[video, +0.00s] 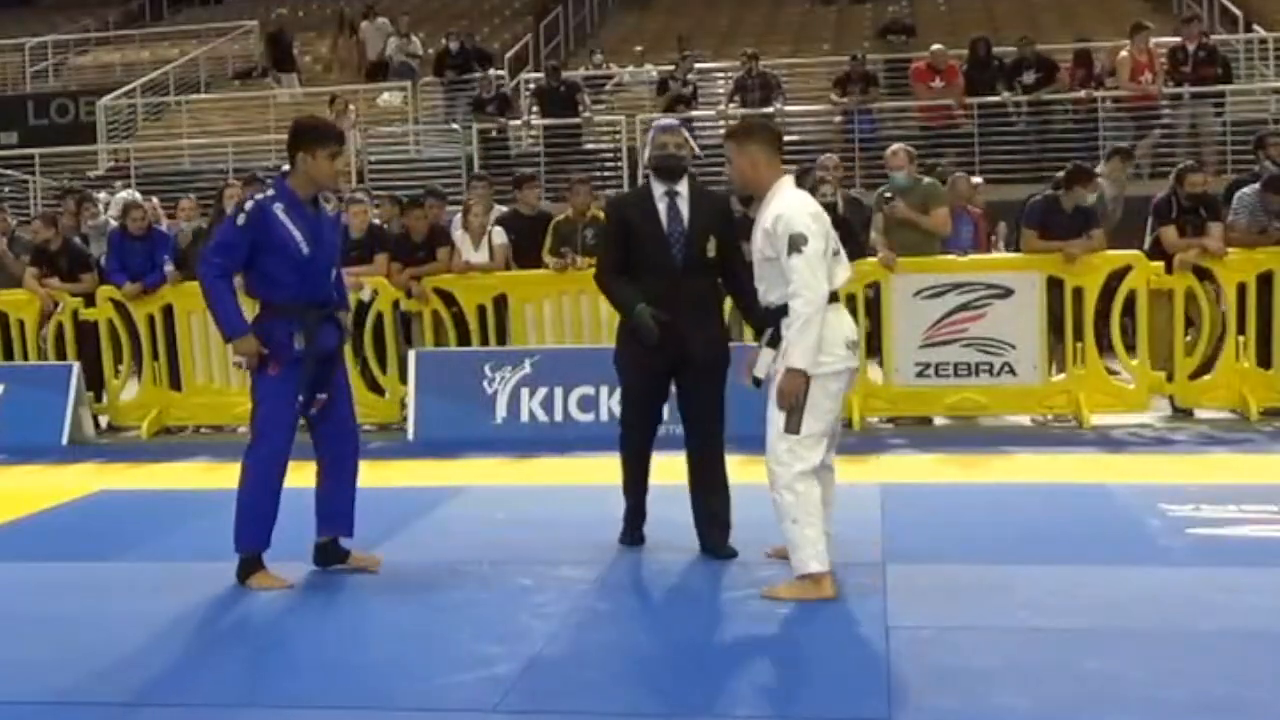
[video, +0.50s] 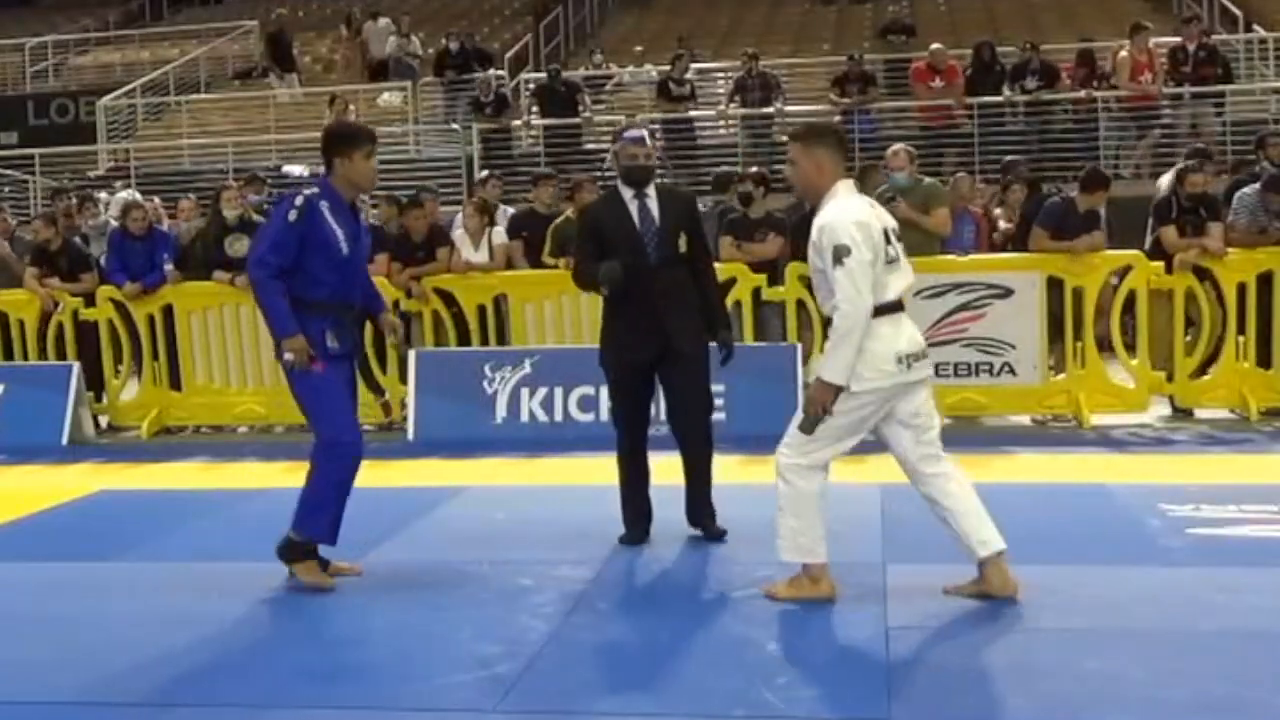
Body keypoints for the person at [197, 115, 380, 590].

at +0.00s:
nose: (340, 167)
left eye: (341, 158)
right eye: (333, 158)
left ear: (317, 160)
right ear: (304, 158)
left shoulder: (326, 212)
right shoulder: (260, 206)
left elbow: (332, 273)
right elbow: (213, 268)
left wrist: (341, 318)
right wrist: (238, 333)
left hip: (325, 336)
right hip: (279, 336)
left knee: (341, 441)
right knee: (271, 447)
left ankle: (331, 545)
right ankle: (250, 560)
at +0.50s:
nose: (376, 169)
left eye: (375, 160)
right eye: (370, 160)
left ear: (350, 163)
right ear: (342, 162)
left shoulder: (351, 214)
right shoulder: (301, 206)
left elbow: (355, 273)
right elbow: (261, 268)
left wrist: (381, 313)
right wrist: (287, 332)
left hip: (340, 338)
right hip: (308, 340)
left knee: (340, 441)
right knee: (342, 441)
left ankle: (311, 545)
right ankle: (301, 543)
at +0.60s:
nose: (391, 171)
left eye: (390, 162)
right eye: (384, 162)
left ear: (365, 166)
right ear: (358, 165)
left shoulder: (363, 215)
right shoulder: (320, 203)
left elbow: (359, 279)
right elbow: (272, 258)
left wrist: (392, 312)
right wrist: (295, 326)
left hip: (343, 338)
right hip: (314, 338)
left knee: (335, 441)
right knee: (356, 438)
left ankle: (307, 549)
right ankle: (348, 559)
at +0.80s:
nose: (436, 196)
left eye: (437, 187)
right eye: (429, 187)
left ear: (411, 188)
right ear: (402, 187)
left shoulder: (396, 230)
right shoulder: (367, 221)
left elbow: (367, 287)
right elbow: (314, 275)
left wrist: (391, 322)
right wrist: (352, 339)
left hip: (348, 349)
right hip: (326, 351)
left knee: (342, 449)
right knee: (372, 452)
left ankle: (309, 551)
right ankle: (386, 566)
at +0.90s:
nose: (463, 219)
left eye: (465, 208)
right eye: (458, 208)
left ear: (431, 205)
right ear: (432, 204)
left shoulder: (400, 235)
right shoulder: (389, 240)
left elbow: (377, 305)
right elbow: (348, 294)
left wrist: (414, 348)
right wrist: (412, 346)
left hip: (319, 342)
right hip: (329, 347)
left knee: (334, 450)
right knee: (375, 454)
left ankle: (307, 551)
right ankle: (385, 566)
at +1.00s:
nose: (475, 241)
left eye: (478, 231)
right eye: (473, 229)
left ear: (444, 219)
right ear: (447, 219)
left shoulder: (403, 231)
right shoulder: (405, 254)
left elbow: (417, 310)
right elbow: (417, 319)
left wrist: (478, 346)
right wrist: (490, 350)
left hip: (310, 332)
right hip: (330, 345)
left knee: (321, 441)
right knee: (380, 454)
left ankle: (297, 547)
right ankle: (385, 566)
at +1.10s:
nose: (481, 249)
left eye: (483, 240)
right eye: (476, 239)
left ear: (444, 229)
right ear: (450, 234)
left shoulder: (407, 230)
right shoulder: (425, 275)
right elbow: (468, 326)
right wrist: (547, 342)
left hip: (309, 330)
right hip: (332, 348)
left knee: (308, 440)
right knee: (383, 452)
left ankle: (285, 540)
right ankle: (387, 567)